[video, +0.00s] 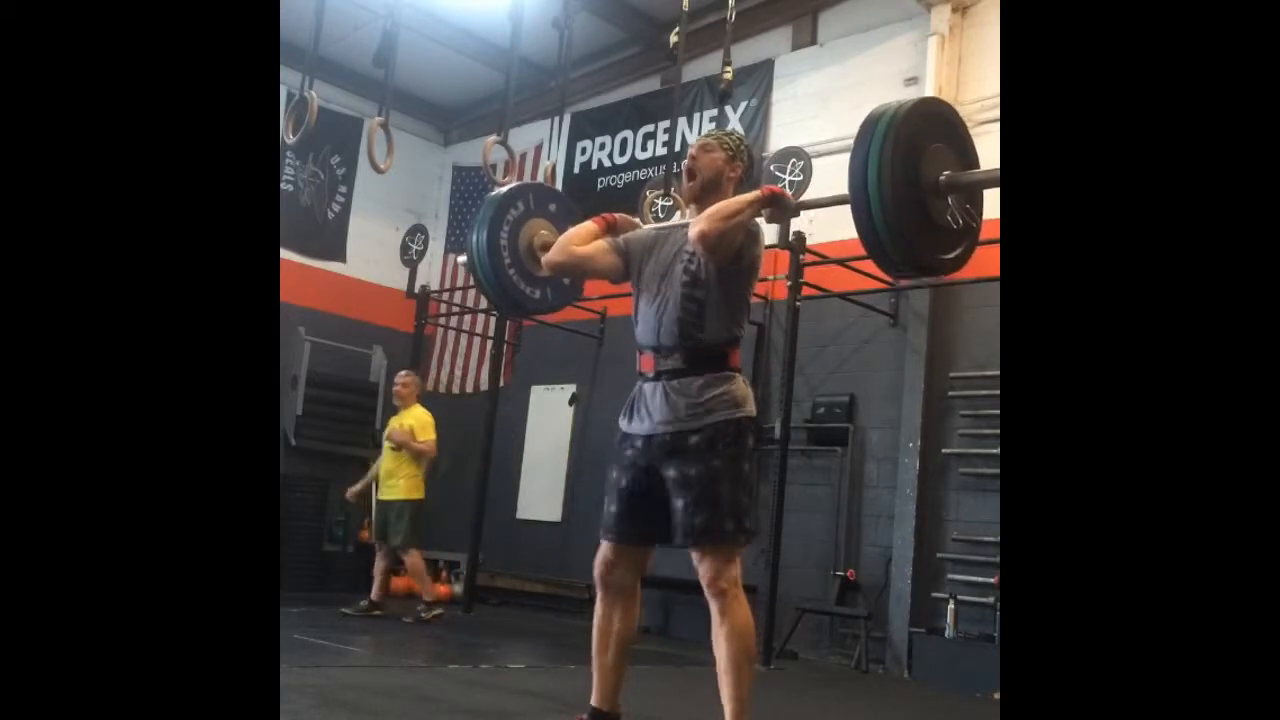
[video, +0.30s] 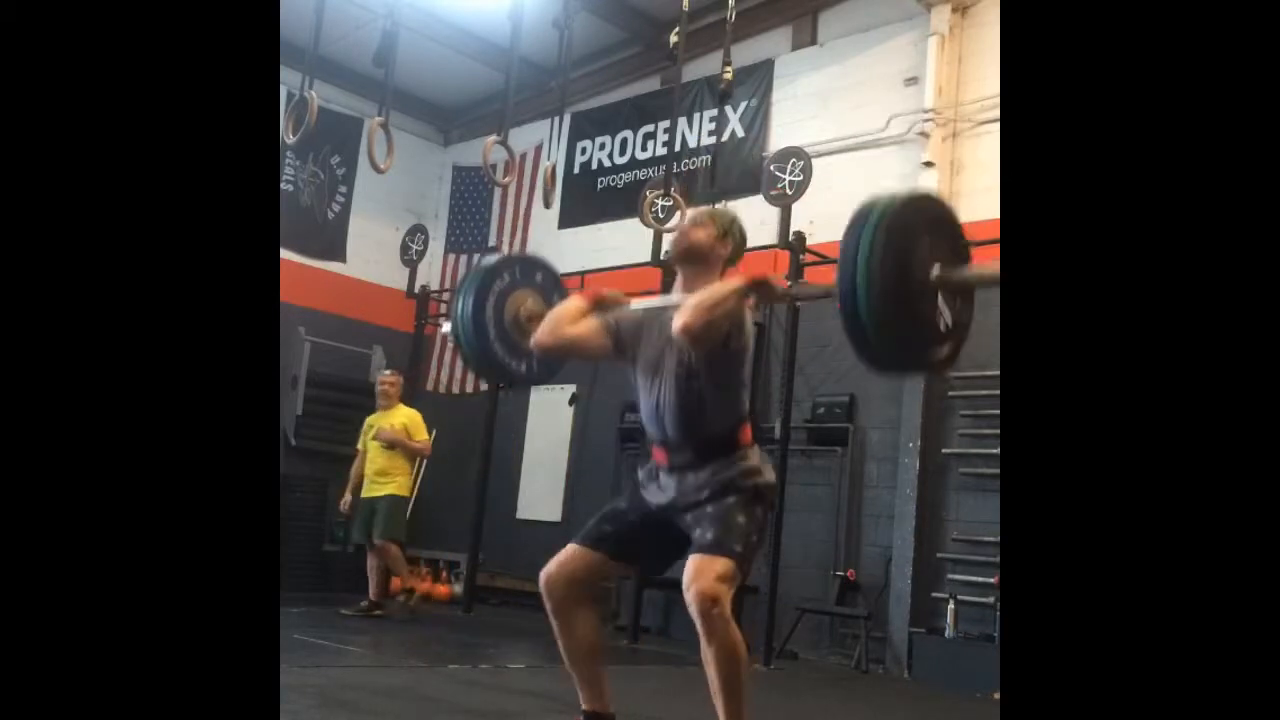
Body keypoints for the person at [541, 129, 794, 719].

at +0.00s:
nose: (687, 159)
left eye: (703, 150)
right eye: (688, 152)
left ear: (734, 169)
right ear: (684, 170)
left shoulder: (737, 232)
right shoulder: (654, 238)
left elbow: (703, 233)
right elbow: (556, 258)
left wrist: (760, 199)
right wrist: (604, 221)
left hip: (712, 414)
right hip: (645, 413)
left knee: (720, 580)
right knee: (613, 571)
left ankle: (735, 715)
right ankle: (602, 709)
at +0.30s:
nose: (680, 222)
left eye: (698, 220)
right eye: (681, 218)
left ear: (724, 248)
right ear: (672, 246)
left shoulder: (728, 307)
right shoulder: (641, 321)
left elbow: (686, 324)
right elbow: (545, 337)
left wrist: (740, 284)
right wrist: (590, 300)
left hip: (730, 485)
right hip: (663, 488)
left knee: (705, 594)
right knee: (561, 581)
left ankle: (732, 716)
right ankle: (595, 710)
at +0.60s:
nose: (666, 340)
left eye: (685, 333)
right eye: (665, 334)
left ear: (712, 357)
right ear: (655, 352)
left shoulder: (718, 423)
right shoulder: (627, 426)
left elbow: (672, 468)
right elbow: (535, 468)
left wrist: (726, 410)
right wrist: (572, 410)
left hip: (730, 573)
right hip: (655, 574)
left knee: (693, 604)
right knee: (544, 590)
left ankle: (725, 715)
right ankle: (594, 710)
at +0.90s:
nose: (654, 380)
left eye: (671, 374)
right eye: (653, 376)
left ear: (700, 396)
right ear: (646, 398)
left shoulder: (711, 468)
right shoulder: (618, 467)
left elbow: (669, 534)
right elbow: (537, 523)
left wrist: (720, 460)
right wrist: (561, 458)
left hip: (733, 614)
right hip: (651, 609)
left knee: (695, 602)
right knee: (545, 592)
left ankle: (724, 714)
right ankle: (594, 711)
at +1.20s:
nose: (660, 314)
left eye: (677, 311)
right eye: (660, 308)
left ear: (702, 340)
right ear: (651, 334)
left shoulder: (717, 407)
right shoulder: (625, 409)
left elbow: (687, 484)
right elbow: (548, 482)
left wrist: (725, 404)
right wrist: (561, 408)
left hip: (741, 542)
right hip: (665, 544)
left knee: (688, 591)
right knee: (568, 584)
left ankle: (725, 716)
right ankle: (596, 711)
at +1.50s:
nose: (678, 236)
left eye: (697, 235)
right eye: (677, 233)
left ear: (718, 266)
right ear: (662, 262)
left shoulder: (725, 330)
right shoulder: (634, 337)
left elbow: (703, 403)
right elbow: (561, 410)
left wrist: (738, 331)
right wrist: (573, 342)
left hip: (732, 484)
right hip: (661, 482)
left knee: (684, 587)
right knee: (570, 581)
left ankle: (724, 715)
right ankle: (596, 711)